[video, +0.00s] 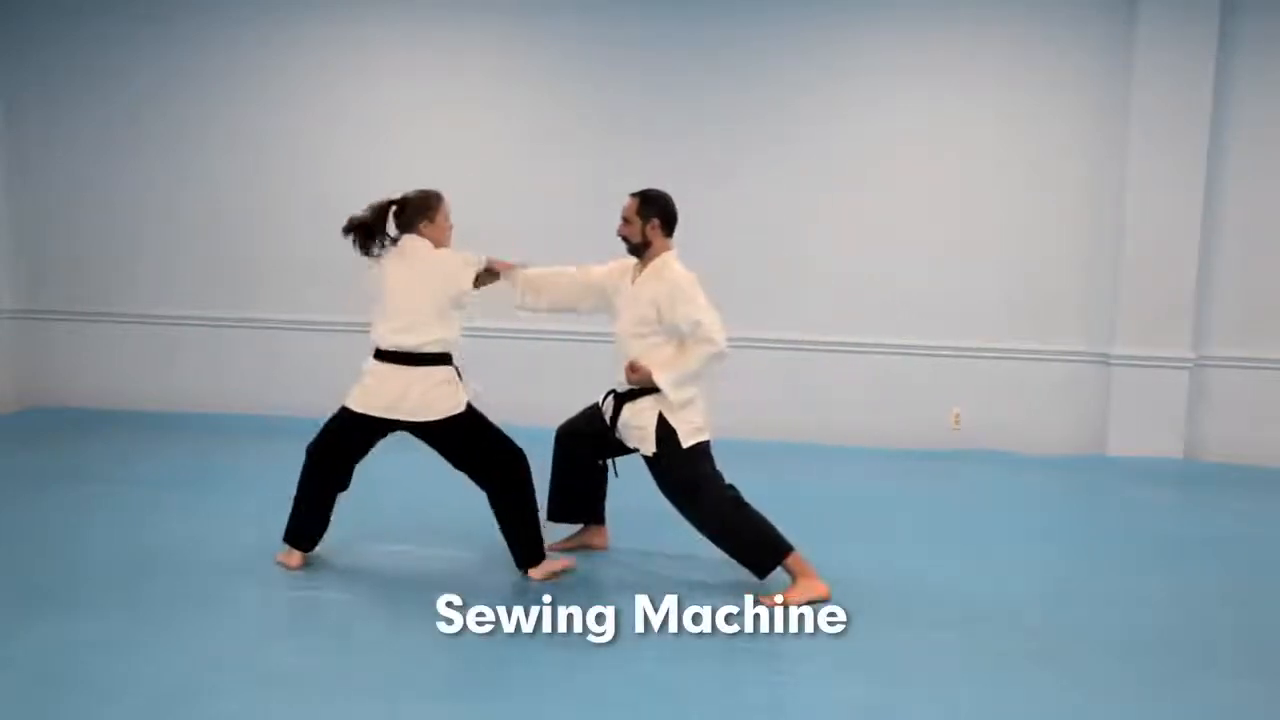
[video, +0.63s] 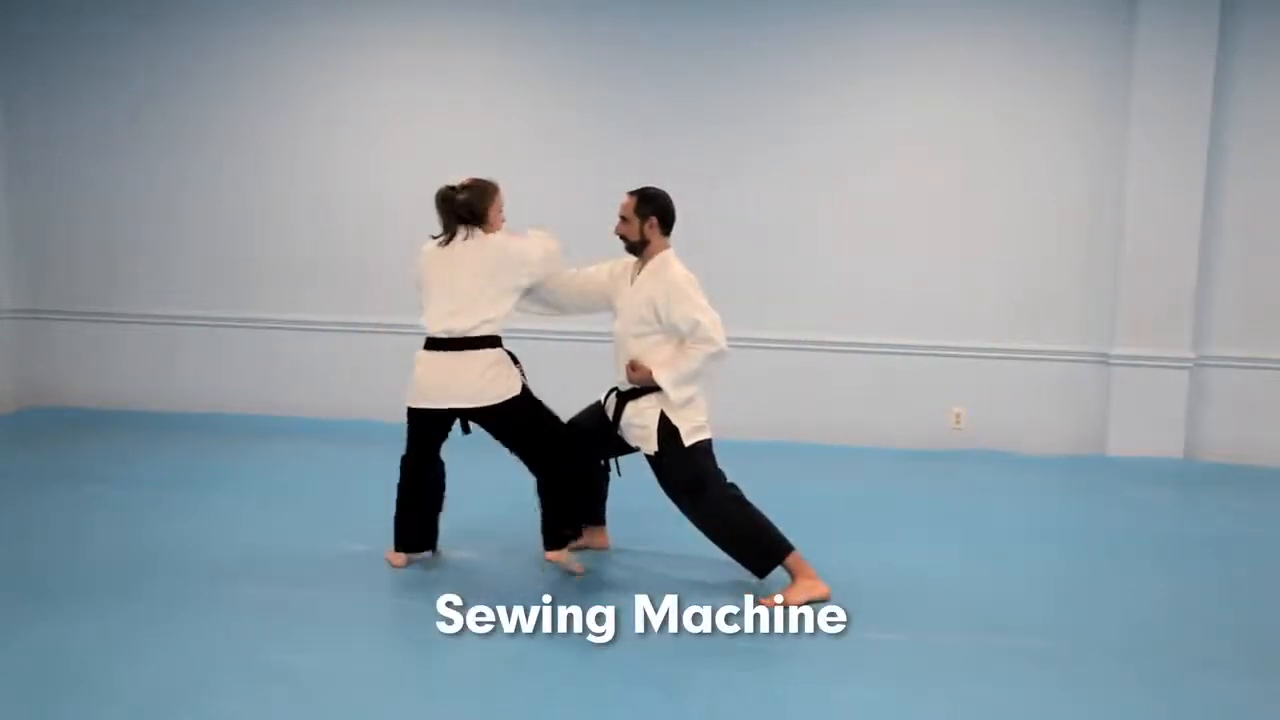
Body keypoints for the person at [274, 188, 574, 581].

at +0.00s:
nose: (450, 226)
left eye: (448, 218)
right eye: (446, 220)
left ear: (407, 225)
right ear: (428, 225)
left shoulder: (389, 259)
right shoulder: (451, 264)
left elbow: (444, 275)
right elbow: (485, 276)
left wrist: (488, 269)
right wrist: (501, 270)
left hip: (376, 394)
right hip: (434, 399)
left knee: (325, 455)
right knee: (506, 462)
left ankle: (296, 549)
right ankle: (535, 562)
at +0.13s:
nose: (463, 228)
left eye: (461, 220)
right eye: (458, 221)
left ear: (422, 226)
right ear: (439, 226)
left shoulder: (401, 261)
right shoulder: (467, 267)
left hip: (387, 397)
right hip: (445, 404)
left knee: (336, 463)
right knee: (519, 465)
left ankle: (295, 550)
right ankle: (539, 562)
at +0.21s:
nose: (478, 226)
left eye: (476, 218)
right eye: (473, 218)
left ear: (437, 224)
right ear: (454, 223)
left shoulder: (417, 258)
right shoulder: (489, 264)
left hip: (403, 395)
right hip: (460, 403)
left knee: (351, 469)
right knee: (530, 467)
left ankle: (300, 550)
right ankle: (542, 563)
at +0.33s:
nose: (500, 217)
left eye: (498, 209)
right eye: (495, 211)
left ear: (459, 217)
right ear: (477, 216)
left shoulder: (432, 257)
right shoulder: (506, 254)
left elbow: (421, 306)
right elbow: (562, 250)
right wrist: (614, 235)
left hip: (426, 384)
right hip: (483, 388)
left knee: (379, 463)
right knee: (541, 467)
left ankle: (332, 548)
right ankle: (546, 563)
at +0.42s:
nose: (508, 214)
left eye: (505, 206)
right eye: (503, 207)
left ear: (466, 213)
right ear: (486, 213)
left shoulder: (440, 257)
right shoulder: (517, 249)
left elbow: (420, 292)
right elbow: (571, 251)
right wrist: (619, 236)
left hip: (433, 380)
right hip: (490, 385)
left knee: (395, 455)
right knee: (542, 466)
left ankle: (369, 545)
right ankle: (549, 562)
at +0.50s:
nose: (509, 212)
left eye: (507, 204)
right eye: (505, 206)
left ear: (463, 210)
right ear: (491, 210)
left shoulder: (437, 250)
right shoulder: (515, 248)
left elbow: (421, 289)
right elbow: (571, 252)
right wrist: (617, 236)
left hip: (435, 376)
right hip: (492, 378)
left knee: (410, 454)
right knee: (538, 465)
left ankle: (400, 544)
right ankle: (549, 562)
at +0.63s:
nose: (503, 216)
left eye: (501, 209)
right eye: (499, 210)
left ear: (458, 215)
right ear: (485, 215)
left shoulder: (430, 253)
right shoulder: (506, 251)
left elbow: (431, 300)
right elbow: (551, 257)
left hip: (432, 382)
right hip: (488, 381)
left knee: (419, 456)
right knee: (554, 448)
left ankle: (405, 547)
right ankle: (557, 545)